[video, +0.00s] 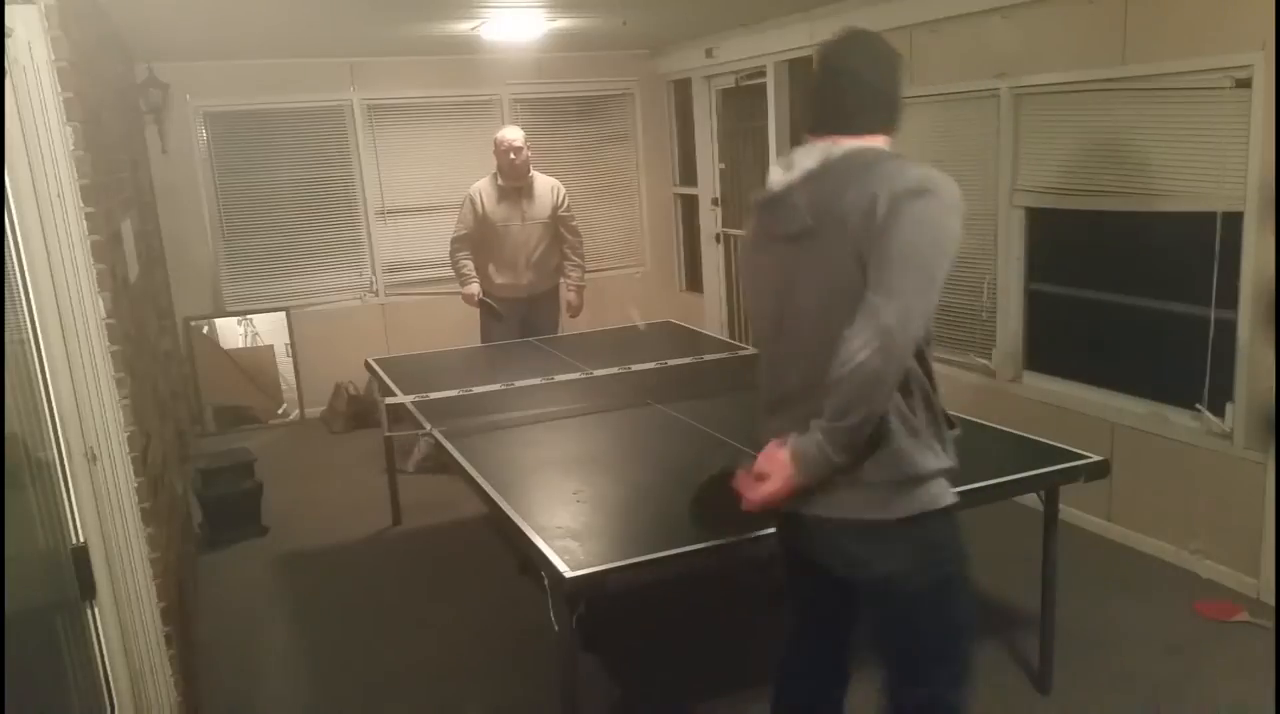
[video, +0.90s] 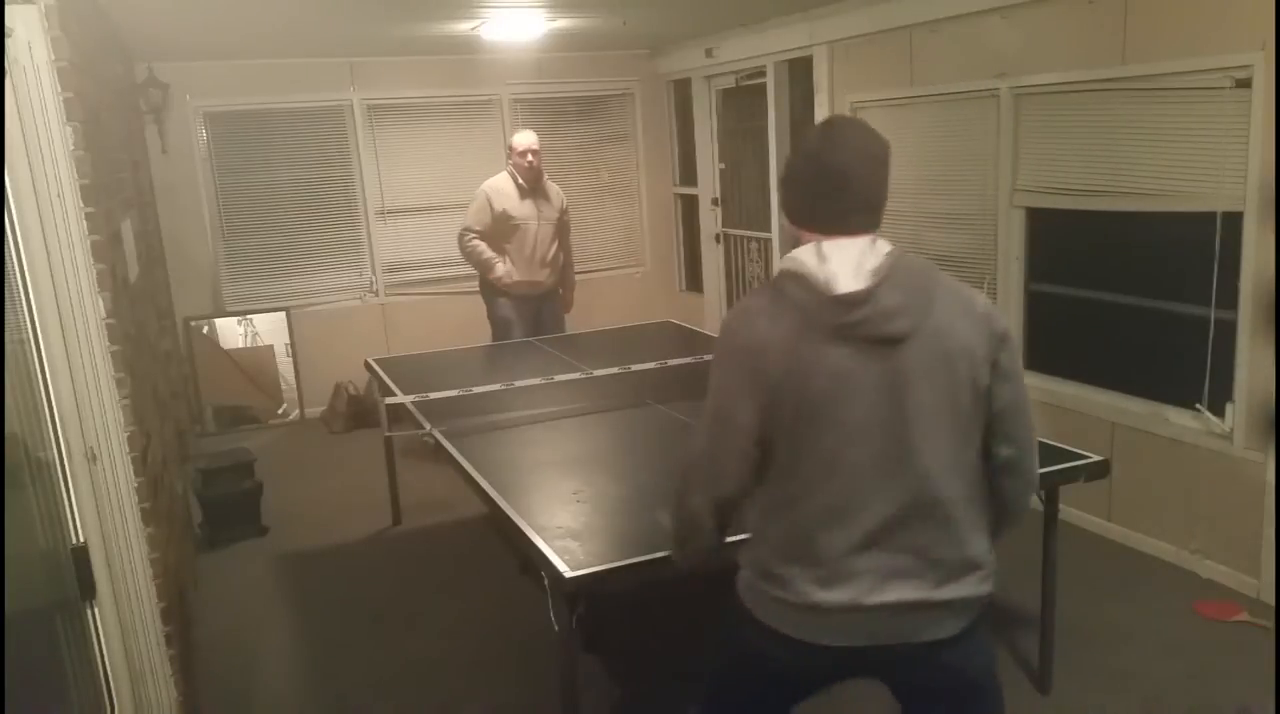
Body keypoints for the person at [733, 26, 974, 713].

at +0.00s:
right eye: (890, 90)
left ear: (813, 99)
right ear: (895, 102)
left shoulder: (774, 202)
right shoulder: (917, 190)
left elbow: (773, 341)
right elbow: (883, 339)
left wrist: (784, 445)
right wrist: (812, 454)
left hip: (802, 514)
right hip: (895, 519)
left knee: (807, 686)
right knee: (930, 691)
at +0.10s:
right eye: (862, 93)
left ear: (783, 107)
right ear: (869, 106)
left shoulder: (748, 211)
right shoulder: (894, 192)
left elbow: (745, 356)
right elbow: (872, 353)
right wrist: (815, 492)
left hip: (770, 519)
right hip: (869, 531)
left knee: (794, 690)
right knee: (868, 693)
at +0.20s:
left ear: (768, 142)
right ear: (854, 142)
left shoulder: (730, 251)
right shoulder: (880, 240)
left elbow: (716, 389)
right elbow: (873, 414)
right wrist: (854, 564)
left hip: (735, 545)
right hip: (821, 557)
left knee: (760, 693)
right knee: (808, 696)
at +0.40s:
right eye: (829, 167)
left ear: (737, 188)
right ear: (829, 186)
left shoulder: (690, 296)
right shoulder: (869, 289)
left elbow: (663, 444)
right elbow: (909, 469)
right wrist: (938, 603)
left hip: (704, 594)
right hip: (818, 608)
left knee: (725, 701)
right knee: (827, 703)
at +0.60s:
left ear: (746, 221)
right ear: (833, 223)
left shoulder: (690, 326)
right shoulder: (874, 325)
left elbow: (658, 470)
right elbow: (933, 490)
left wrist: (710, 527)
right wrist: (978, 576)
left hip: (700, 618)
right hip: (831, 620)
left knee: (690, 702)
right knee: (923, 704)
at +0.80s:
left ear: (788, 219)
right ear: (880, 223)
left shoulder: (733, 334)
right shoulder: (941, 334)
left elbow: (692, 480)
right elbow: (997, 507)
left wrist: (706, 561)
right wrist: (973, 585)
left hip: (758, 630)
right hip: (899, 634)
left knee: (738, 701)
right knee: (965, 704)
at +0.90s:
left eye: (788, 192)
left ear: (788, 207)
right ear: (881, 203)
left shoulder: (757, 326)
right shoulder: (973, 317)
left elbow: (721, 474)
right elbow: (1015, 479)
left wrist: (697, 541)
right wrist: (953, 537)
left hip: (794, 626)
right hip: (940, 626)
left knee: (730, 702)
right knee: (968, 703)